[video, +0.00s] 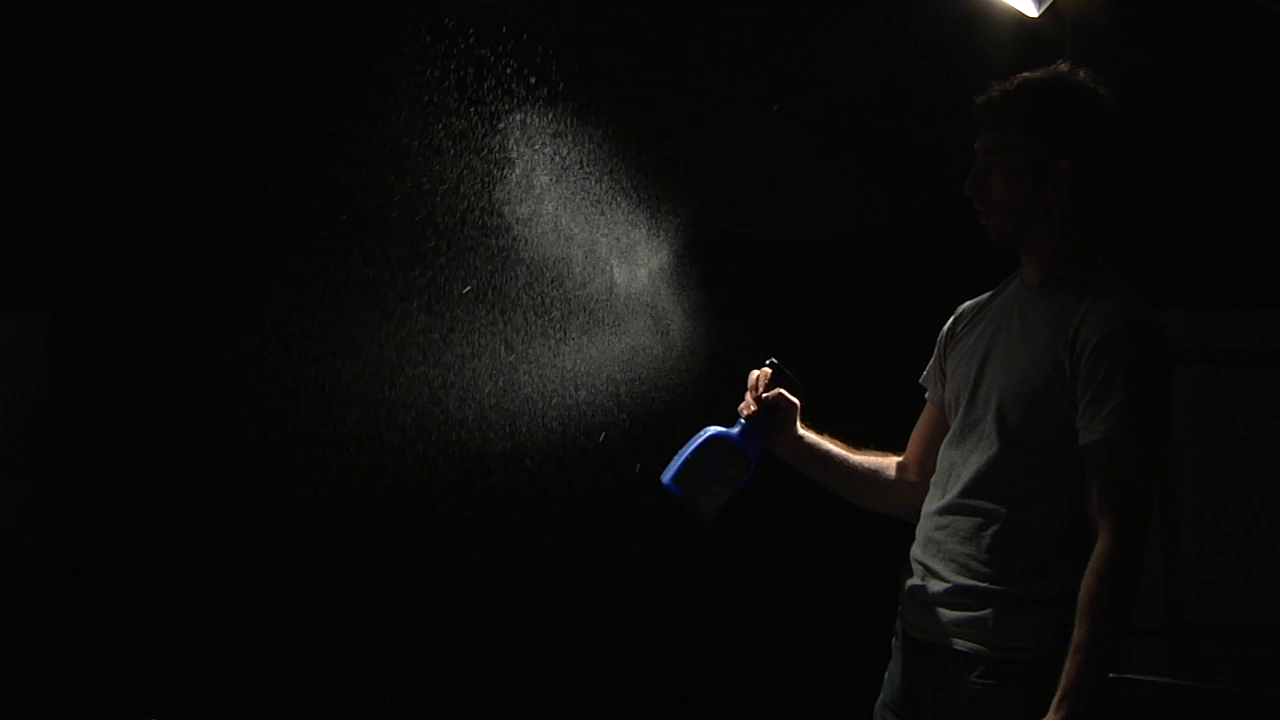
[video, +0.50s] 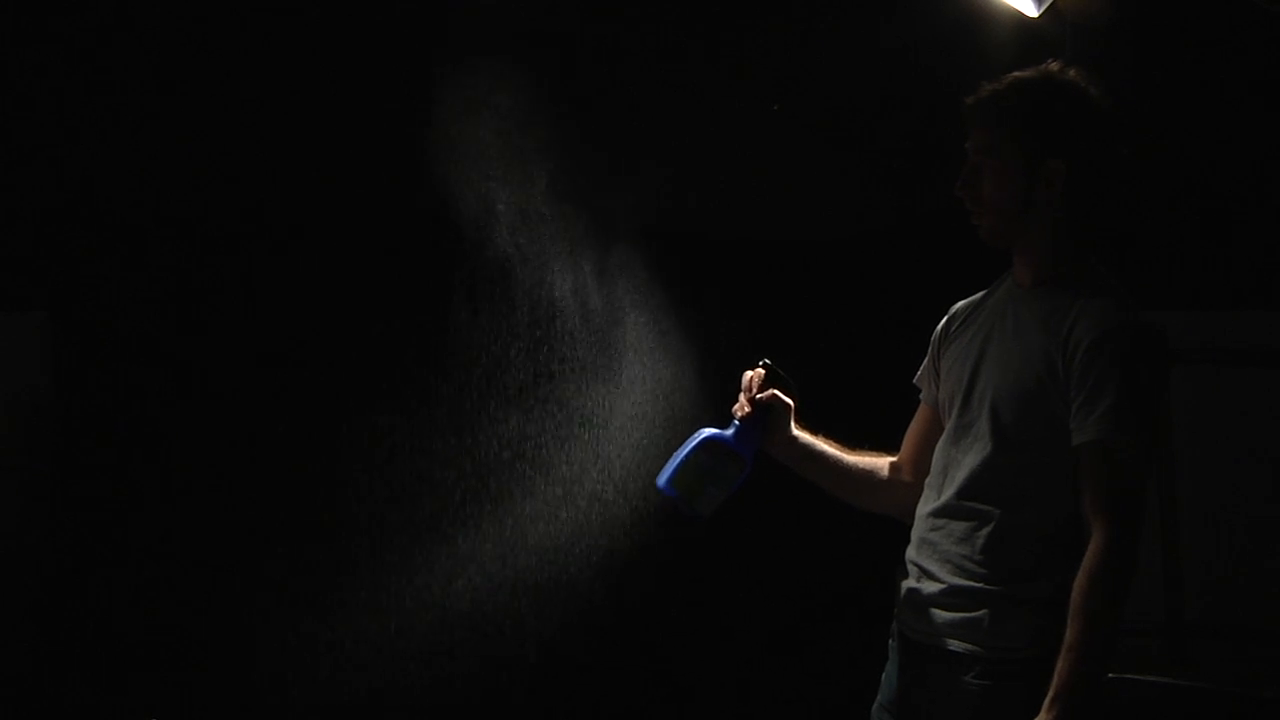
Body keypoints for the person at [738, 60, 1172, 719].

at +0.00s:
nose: (974, 182)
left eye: (996, 163)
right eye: (978, 162)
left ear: (1054, 177)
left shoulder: (1107, 325)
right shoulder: (970, 321)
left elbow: (1120, 531)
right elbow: (912, 482)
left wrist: (1070, 699)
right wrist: (793, 435)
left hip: (1016, 657)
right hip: (921, 640)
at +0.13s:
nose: (974, 184)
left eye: (995, 164)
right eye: (977, 163)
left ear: (1054, 177)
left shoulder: (1107, 326)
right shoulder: (969, 321)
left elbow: (1118, 531)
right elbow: (911, 482)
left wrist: (1066, 699)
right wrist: (792, 435)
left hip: (1015, 655)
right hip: (921, 638)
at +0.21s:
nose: (972, 183)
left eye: (994, 163)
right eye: (976, 162)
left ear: (1052, 178)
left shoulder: (1106, 325)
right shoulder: (968, 321)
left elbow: (1117, 532)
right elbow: (910, 482)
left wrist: (1065, 700)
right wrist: (791, 435)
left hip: (1014, 655)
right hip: (920, 638)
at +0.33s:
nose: (971, 183)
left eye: (992, 163)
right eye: (975, 163)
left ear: (1051, 177)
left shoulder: (1103, 326)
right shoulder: (966, 321)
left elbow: (1115, 532)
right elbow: (909, 482)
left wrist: (1063, 700)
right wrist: (790, 435)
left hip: (1010, 657)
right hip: (918, 639)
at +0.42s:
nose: (967, 182)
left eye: (989, 162)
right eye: (971, 160)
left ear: (1047, 176)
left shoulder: (1100, 327)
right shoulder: (964, 322)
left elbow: (1114, 532)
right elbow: (908, 483)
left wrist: (1062, 699)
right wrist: (788, 435)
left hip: (1008, 656)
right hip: (916, 637)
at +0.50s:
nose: (966, 182)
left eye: (987, 161)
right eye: (969, 160)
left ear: (1046, 176)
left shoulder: (1099, 326)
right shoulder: (963, 322)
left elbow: (1112, 533)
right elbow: (907, 484)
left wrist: (1061, 701)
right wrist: (787, 436)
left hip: (1007, 658)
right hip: (917, 640)